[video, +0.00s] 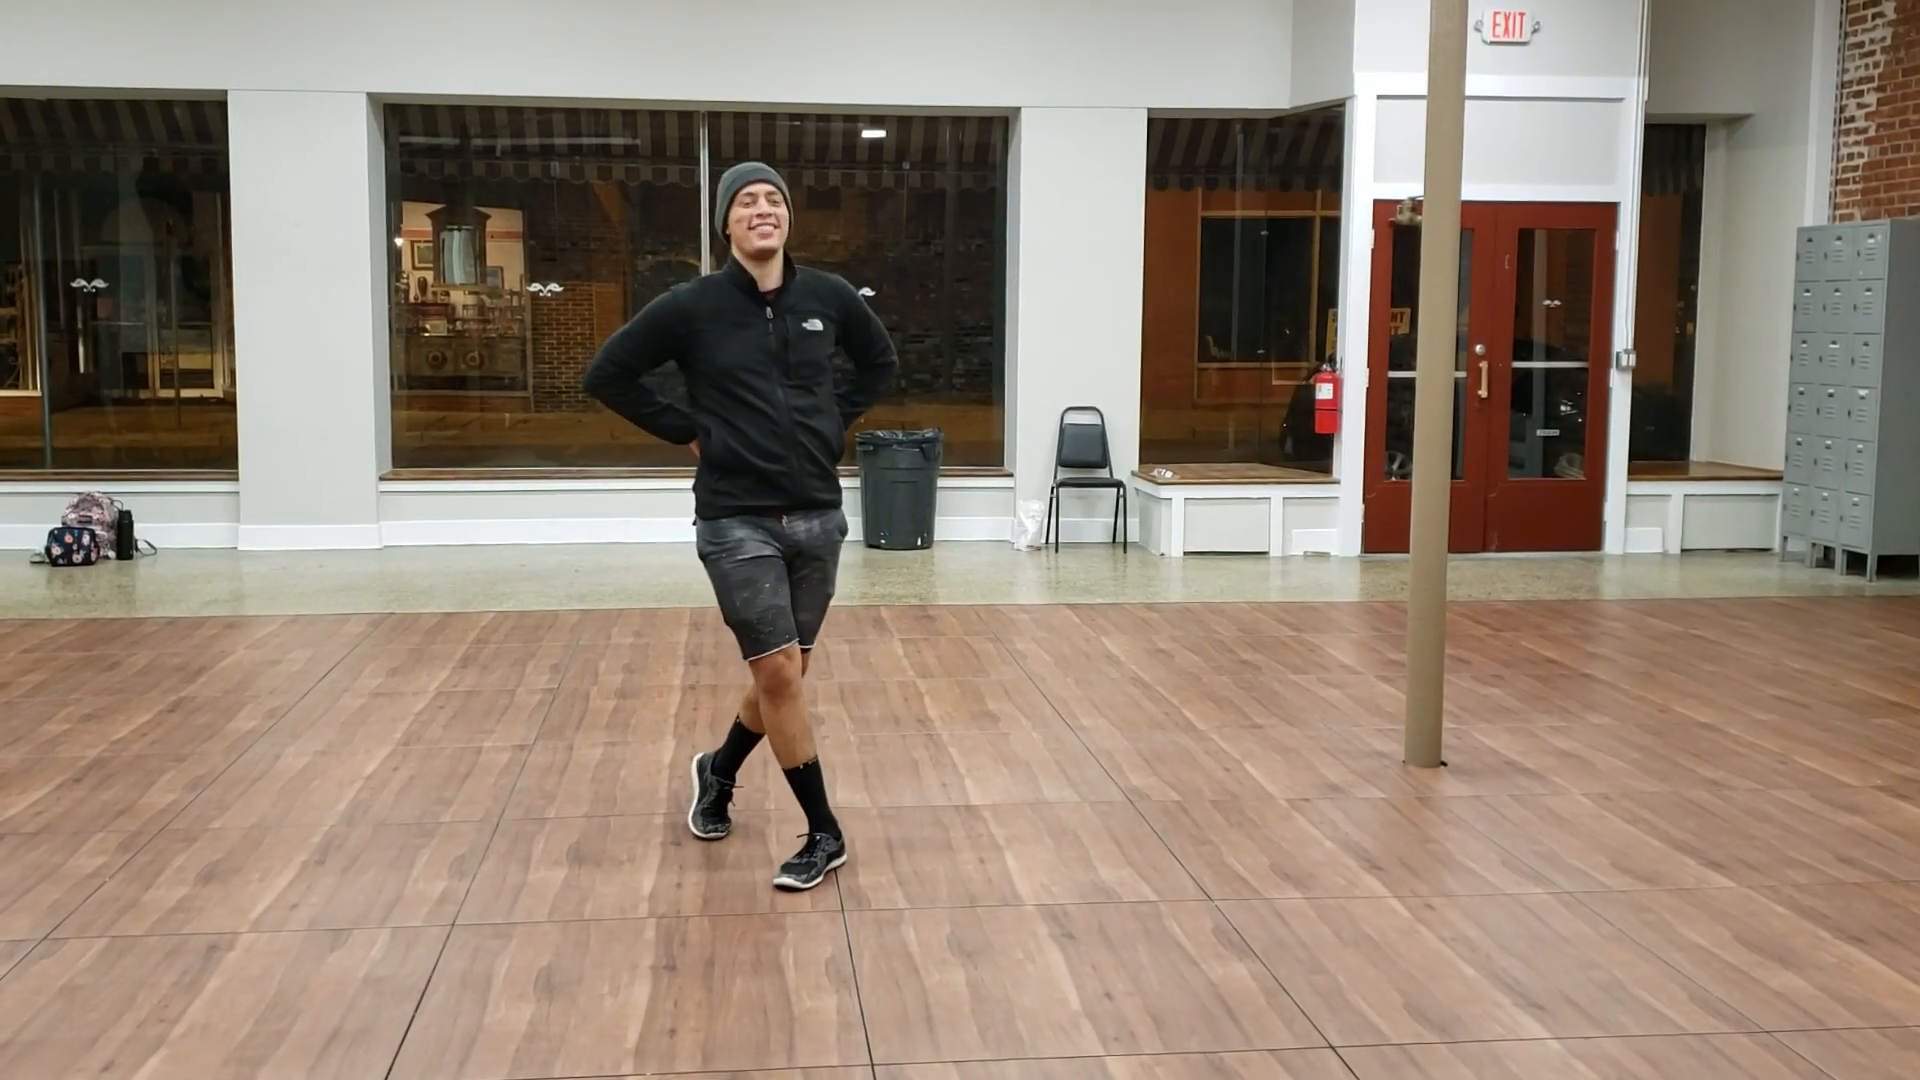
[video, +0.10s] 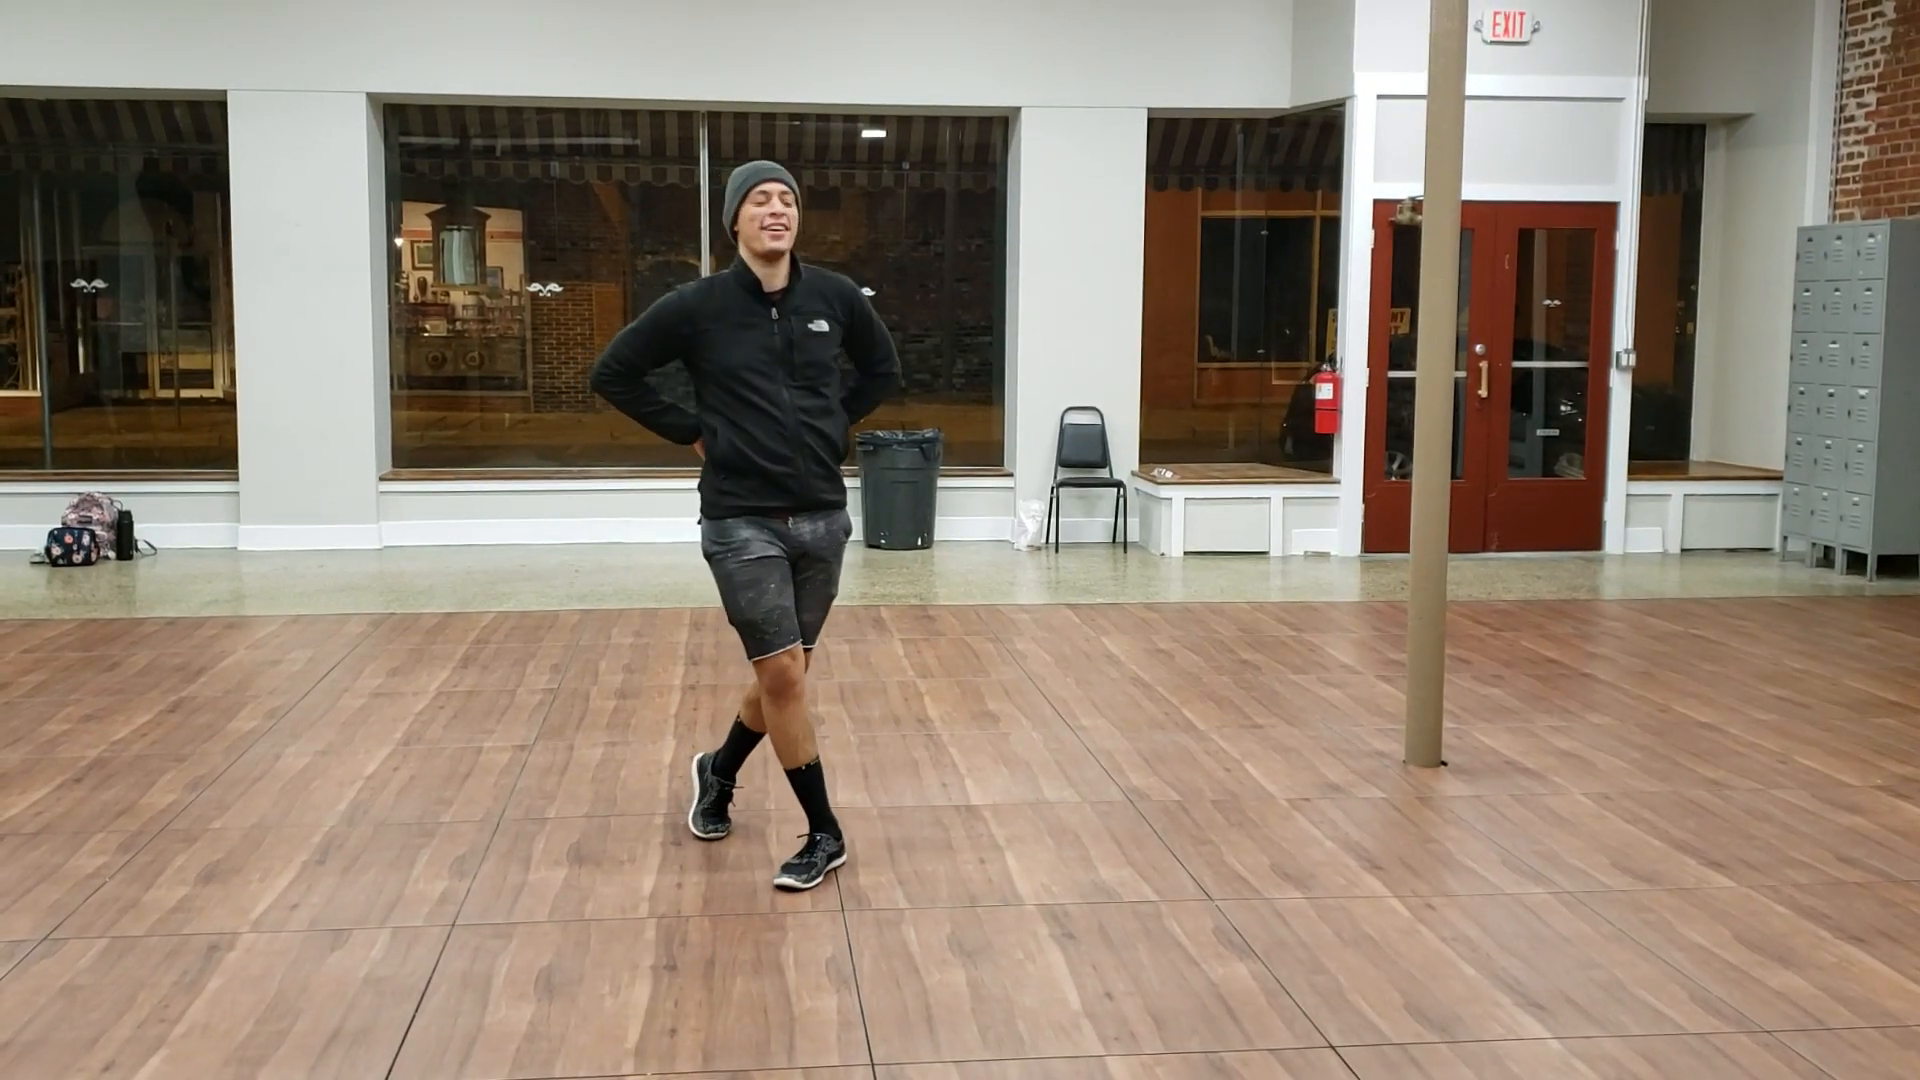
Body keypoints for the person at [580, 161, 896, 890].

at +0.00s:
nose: (762, 210)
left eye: (772, 201)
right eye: (747, 202)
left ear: (790, 220)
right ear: (725, 225)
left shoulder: (832, 296)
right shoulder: (690, 306)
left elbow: (881, 367)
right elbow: (604, 377)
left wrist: (831, 423)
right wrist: (688, 432)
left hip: (817, 514)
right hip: (733, 516)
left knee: (785, 675)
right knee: (779, 671)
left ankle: (719, 769)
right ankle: (824, 833)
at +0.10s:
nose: (775, 210)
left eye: (784, 200)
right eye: (760, 201)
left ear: (799, 219)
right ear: (734, 222)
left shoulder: (837, 296)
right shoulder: (696, 305)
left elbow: (884, 373)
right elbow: (612, 374)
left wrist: (832, 424)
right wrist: (693, 432)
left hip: (822, 514)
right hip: (739, 516)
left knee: (785, 674)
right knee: (784, 672)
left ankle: (719, 771)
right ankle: (824, 833)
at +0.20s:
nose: (792, 213)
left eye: (801, 204)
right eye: (777, 203)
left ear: (812, 223)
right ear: (744, 221)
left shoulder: (845, 298)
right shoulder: (703, 305)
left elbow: (887, 371)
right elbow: (620, 372)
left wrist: (836, 425)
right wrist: (698, 431)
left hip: (825, 516)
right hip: (743, 517)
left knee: (787, 670)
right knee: (785, 672)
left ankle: (720, 771)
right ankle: (824, 834)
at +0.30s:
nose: (811, 218)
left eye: (819, 209)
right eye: (795, 207)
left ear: (826, 225)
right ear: (760, 221)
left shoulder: (852, 298)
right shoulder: (713, 305)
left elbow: (888, 369)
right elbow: (628, 370)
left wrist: (836, 420)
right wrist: (706, 428)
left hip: (827, 517)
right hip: (745, 519)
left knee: (783, 666)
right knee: (785, 672)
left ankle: (720, 772)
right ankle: (824, 834)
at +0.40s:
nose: (834, 229)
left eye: (840, 219)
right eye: (820, 216)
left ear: (844, 230)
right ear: (780, 226)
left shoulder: (859, 302)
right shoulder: (726, 306)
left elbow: (888, 371)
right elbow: (642, 365)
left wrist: (837, 420)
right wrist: (714, 427)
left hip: (826, 518)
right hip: (746, 519)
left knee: (780, 665)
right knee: (784, 674)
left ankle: (714, 772)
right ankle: (824, 834)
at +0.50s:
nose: (853, 249)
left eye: (860, 239)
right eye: (840, 235)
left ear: (860, 248)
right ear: (800, 237)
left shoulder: (866, 311)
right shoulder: (740, 311)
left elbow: (881, 374)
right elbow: (651, 365)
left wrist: (837, 422)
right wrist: (719, 429)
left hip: (821, 522)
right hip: (744, 522)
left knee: (772, 664)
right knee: (785, 675)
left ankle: (703, 773)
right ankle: (824, 834)